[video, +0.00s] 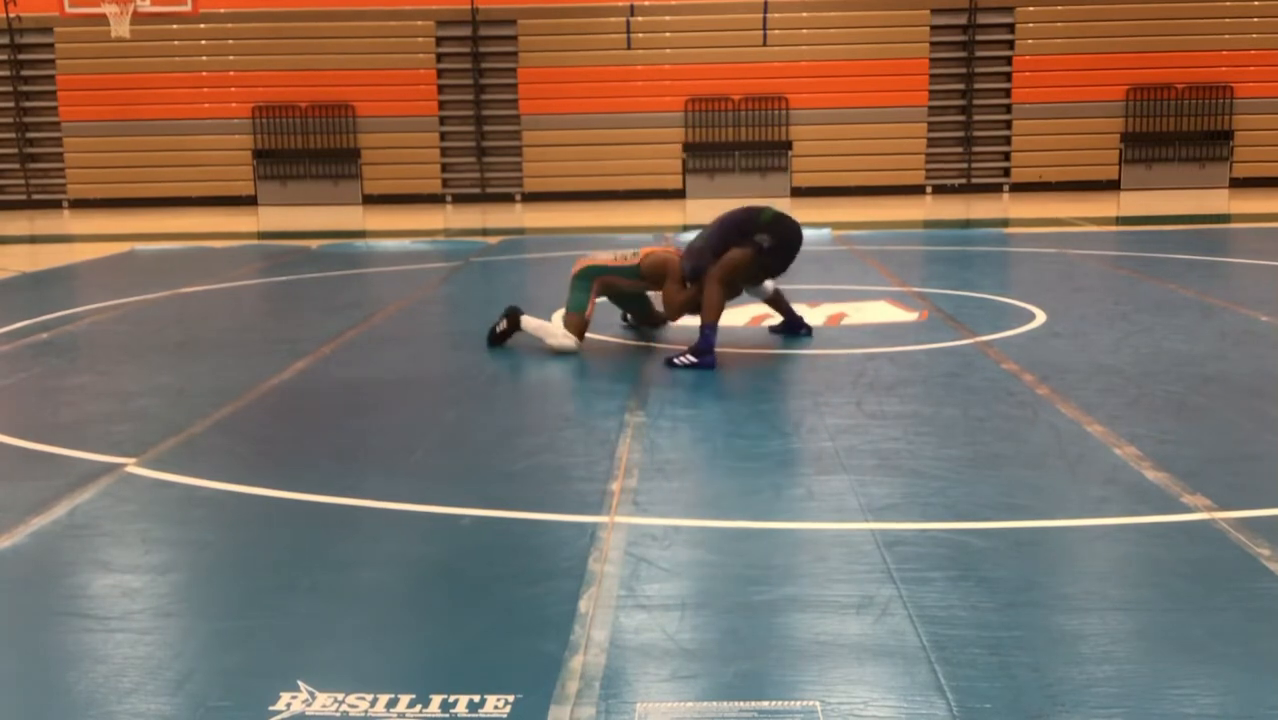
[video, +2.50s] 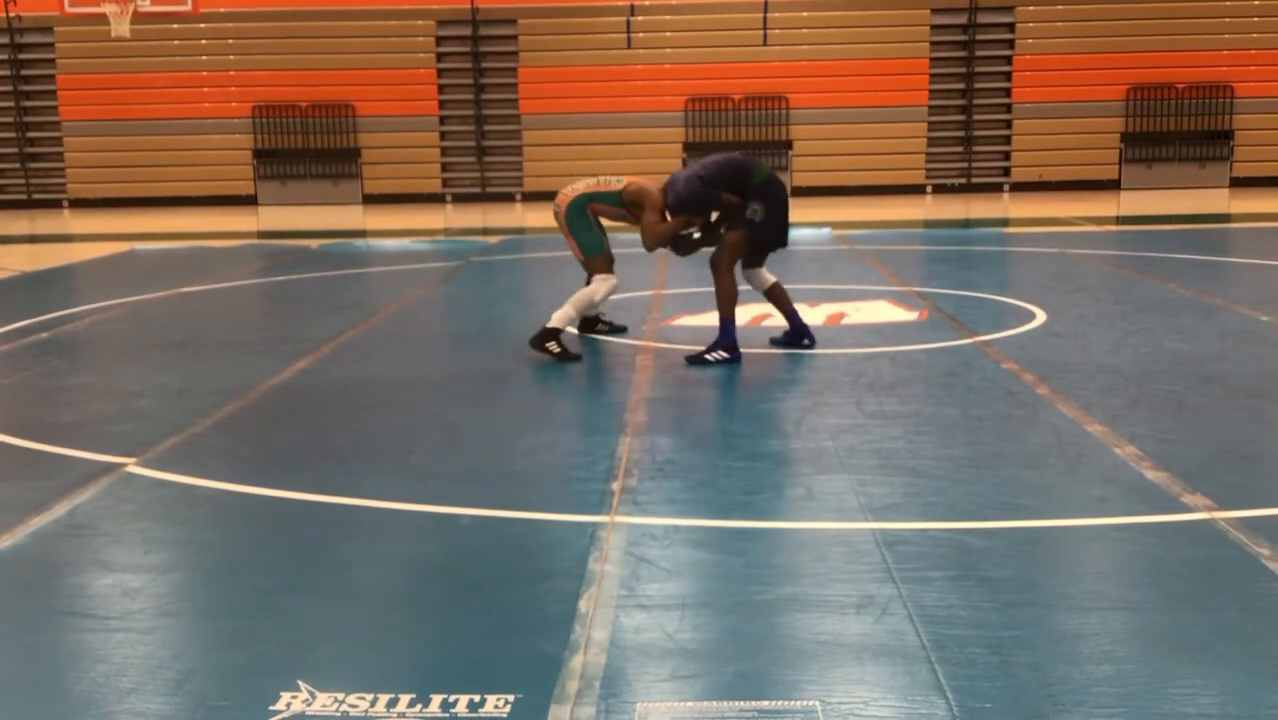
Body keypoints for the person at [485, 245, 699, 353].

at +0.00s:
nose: (691, 312)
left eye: (696, 310)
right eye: (693, 309)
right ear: (694, 288)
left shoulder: (689, 263)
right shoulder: (673, 265)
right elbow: (673, 312)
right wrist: (700, 288)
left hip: (620, 276)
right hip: (589, 273)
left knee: (654, 321)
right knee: (568, 340)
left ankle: (632, 317)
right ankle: (517, 320)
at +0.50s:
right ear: (647, 229)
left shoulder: (634, 210)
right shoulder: (618, 232)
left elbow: (629, 272)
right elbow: (626, 283)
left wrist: (662, 254)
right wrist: (657, 259)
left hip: (574, 238)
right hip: (555, 245)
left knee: (620, 267)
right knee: (578, 318)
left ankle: (630, 313)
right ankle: (515, 324)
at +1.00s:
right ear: (640, 214)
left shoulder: (623, 204)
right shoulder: (611, 198)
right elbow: (598, 241)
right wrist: (633, 225)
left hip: (574, 215)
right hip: (551, 209)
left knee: (608, 264)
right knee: (554, 284)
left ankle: (599, 310)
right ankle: (490, 315)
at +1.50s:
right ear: (645, 207)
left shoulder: (621, 196)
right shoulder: (614, 195)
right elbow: (605, 236)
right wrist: (640, 222)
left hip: (567, 210)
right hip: (546, 208)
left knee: (597, 254)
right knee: (564, 283)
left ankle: (591, 319)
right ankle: (498, 325)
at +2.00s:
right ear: (662, 194)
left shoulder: (637, 194)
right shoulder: (633, 186)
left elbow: (663, 249)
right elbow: (622, 221)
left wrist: (682, 228)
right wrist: (659, 209)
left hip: (578, 204)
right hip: (558, 198)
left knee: (603, 256)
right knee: (555, 278)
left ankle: (590, 318)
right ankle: (493, 327)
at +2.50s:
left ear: (671, 190)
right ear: (678, 197)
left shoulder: (655, 200)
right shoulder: (651, 197)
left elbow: (679, 247)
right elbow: (651, 241)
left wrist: (704, 236)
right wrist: (685, 221)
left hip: (580, 206)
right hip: (573, 208)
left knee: (603, 266)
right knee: (605, 281)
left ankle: (589, 320)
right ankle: (548, 335)